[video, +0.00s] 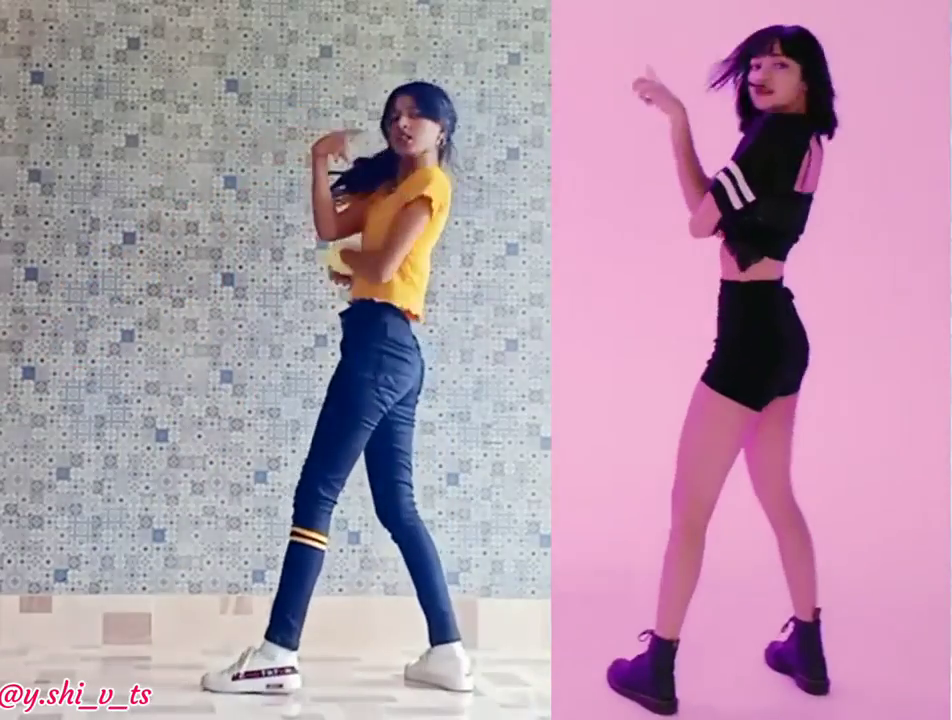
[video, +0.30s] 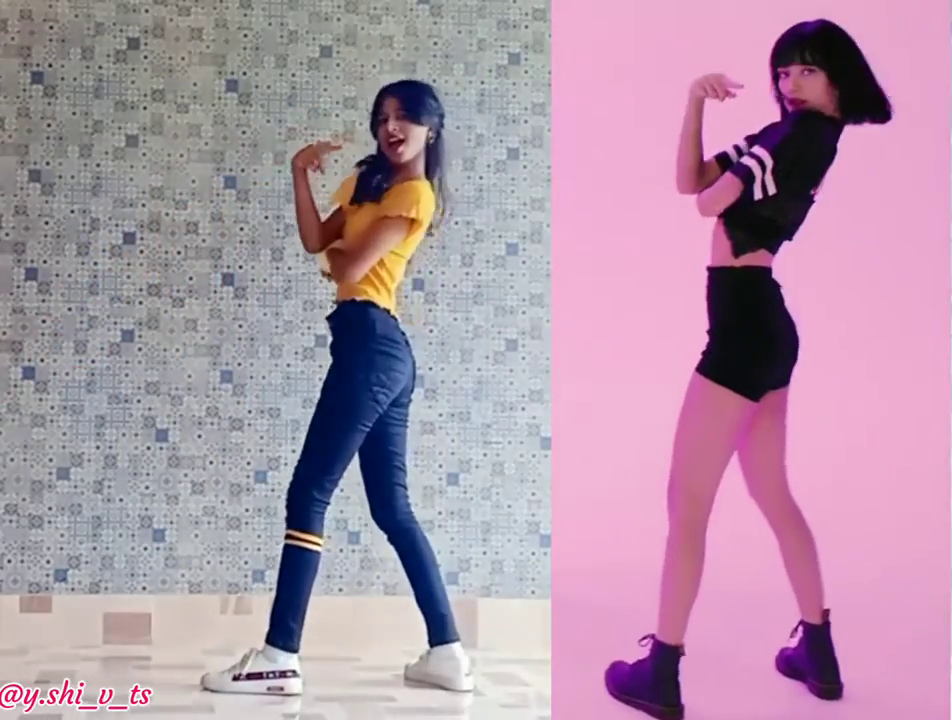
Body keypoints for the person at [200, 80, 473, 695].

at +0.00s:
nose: (403, 123)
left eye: (416, 115)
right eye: (396, 116)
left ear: (443, 128)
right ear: (389, 128)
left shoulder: (430, 183)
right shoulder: (395, 184)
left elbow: (382, 265)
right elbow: (329, 227)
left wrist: (342, 252)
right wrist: (321, 163)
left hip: (377, 344)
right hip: (396, 347)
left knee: (315, 496)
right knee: (398, 508)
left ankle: (277, 653)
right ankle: (448, 651)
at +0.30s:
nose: (393, 130)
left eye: (406, 120)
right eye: (385, 120)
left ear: (431, 129)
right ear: (376, 126)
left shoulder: (414, 190)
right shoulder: (367, 178)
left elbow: (351, 271)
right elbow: (314, 239)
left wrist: (332, 238)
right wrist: (302, 173)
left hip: (367, 349)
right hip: (383, 351)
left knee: (307, 496)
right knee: (393, 509)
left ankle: (279, 656)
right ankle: (447, 651)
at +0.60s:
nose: (362, 140)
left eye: (374, 130)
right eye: (353, 133)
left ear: (398, 140)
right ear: (346, 146)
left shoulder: (401, 188)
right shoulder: (364, 203)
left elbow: (360, 272)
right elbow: (314, 262)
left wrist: (330, 264)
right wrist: (305, 200)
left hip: (375, 362)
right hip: (386, 365)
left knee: (288, 494)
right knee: (375, 521)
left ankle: (274, 656)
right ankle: (445, 651)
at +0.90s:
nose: (356, 148)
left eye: (371, 142)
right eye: (351, 139)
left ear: (395, 157)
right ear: (342, 151)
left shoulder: (384, 205)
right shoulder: (362, 219)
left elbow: (362, 296)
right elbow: (305, 286)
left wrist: (331, 291)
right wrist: (286, 218)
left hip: (380, 382)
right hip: (387, 383)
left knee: (270, 496)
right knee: (359, 535)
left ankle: (271, 657)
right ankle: (444, 652)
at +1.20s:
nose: (346, 166)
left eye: (359, 159)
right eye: (343, 157)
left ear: (387, 172)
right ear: (343, 166)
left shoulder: (368, 218)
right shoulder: (377, 226)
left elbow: (349, 311)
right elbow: (300, 300)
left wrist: (328, 303)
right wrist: (275, 231)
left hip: (381, 398)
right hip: (404, 400)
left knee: (262, 499)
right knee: (360, 541)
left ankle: (269, 656)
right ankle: (444, 652)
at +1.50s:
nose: (337, 214)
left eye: (351, 212)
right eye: (340, 204)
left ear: (372, 234)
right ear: (339, 210)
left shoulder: (335, 264)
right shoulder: (377, 273)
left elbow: (328, 367)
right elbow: (283, 347)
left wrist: (316, 328)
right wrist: (281, 278)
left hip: (393, 437)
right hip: (427, 435)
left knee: (262, 501)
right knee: (353, 557)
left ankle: (267, 654)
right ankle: (446, 651)